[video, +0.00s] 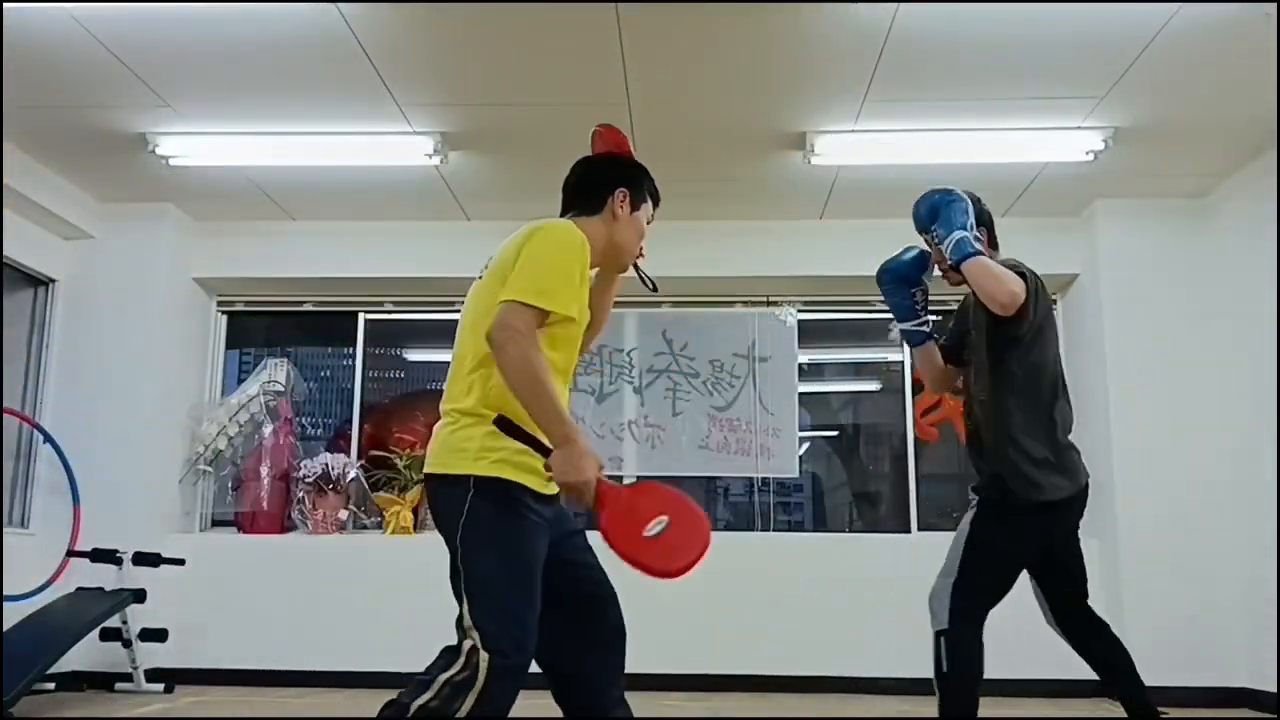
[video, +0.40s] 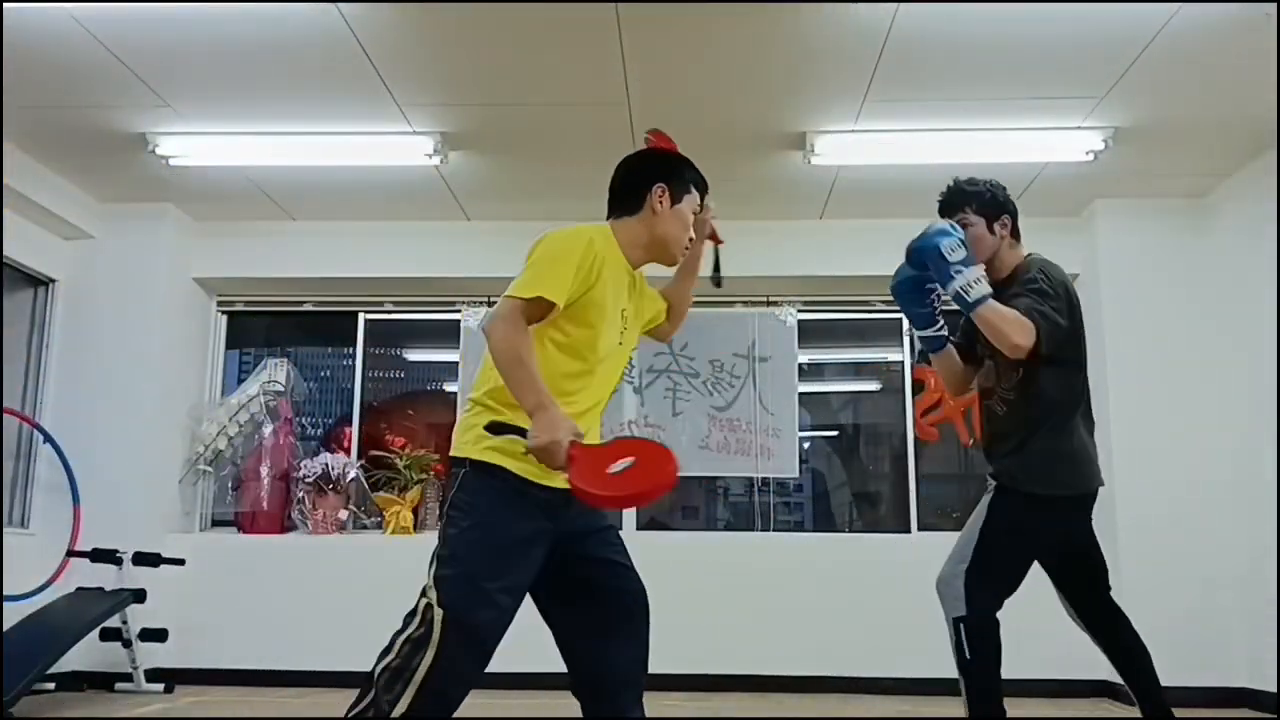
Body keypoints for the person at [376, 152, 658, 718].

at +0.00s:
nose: (643, 240)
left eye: (649, 225)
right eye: (645, 220)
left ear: (599, 205)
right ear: (618, 203)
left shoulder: (556, 262)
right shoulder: (559, 238)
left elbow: (578, 339)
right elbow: (511, 333)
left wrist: (613, 268)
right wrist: (568, 440)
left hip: (531, 479)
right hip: (485, 472)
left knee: (590, 638)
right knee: (494, 654)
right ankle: (407, 711)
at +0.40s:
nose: (696, 229)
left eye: (700, 217)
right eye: (694, 211)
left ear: (655, 204)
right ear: (659, 200)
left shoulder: (632, 290)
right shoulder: (578, 246)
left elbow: (668, 323)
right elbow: (504, 325)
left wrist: (695, 254)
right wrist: (543, 410)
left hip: (570, 488)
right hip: (502, 474)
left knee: (615, 618)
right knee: (453, 630)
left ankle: (617, 717)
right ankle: (374, 713)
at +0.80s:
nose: (627, 252)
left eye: (630, 239)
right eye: (625, 233)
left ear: (590, 223)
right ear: (591, 219)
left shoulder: (558, 307)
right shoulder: (515, 257)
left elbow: (505, 403)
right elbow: (438, 333)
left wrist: (548, 460)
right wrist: (459, 439)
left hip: (520, 504)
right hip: (446, 497)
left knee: (593, 617)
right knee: (378, 645)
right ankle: (282, 713)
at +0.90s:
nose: (585, 265)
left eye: (588, 252)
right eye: (584, 245)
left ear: (546, 234)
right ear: (551, 230)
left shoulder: (501, 307)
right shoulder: (478, 266)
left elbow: (457, 418)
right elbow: (427, 350)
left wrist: (531, 446)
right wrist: (464, 451)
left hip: (467, 511)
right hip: (404, 501)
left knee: (548, 649)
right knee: (342, 666)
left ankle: (584, 713)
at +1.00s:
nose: (555, 262)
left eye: (558, 248)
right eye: (553, 242)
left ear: (517, 233)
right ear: (519, 229)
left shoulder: (473, 312)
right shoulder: (450, 265)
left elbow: (431, 421)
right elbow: (414, 348)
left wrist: (513, 425)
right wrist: (470, 441)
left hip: (443, 501)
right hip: (377, 496)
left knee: (511, 626)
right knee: (336, 663)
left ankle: (548, 711)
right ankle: (279, 711)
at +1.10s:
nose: (543, 261)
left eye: (546, 247)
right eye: (541, 241)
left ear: (505, 230)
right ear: (506, 226)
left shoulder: (463, 305)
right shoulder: (440, 258)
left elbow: (419, 414)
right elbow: (399, 337)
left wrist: (502, 421)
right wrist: (462, 424)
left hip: (436, 496)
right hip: (371, 490)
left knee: (507, 609)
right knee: (335, 657)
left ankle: (517, 712)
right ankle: (273, 712)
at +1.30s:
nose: (567, 259)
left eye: (569, 245)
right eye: (564, 239)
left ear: (526, 231)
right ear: (528, 225)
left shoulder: (484, 307)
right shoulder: (463, 254)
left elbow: (454, 407)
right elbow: (393, 325)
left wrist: (529, 394)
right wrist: (415, 417)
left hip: (446, 496)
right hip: (381, 487)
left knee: (513, 612)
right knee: (337, 648)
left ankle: (520, 713)